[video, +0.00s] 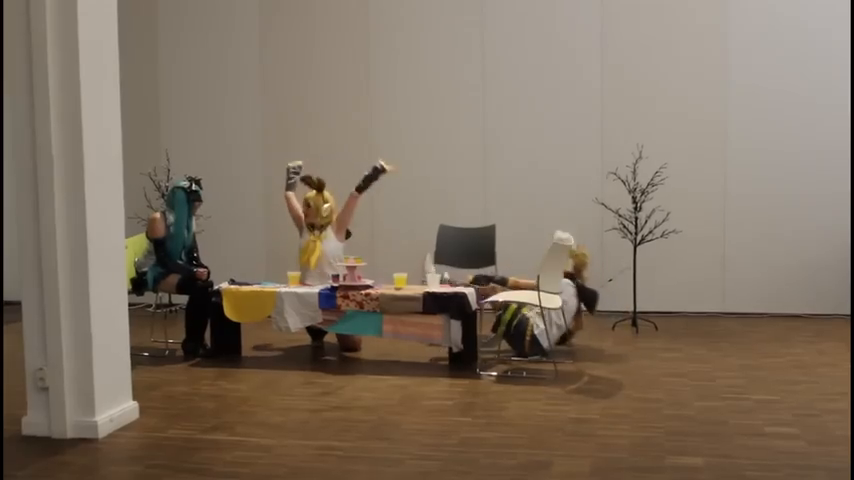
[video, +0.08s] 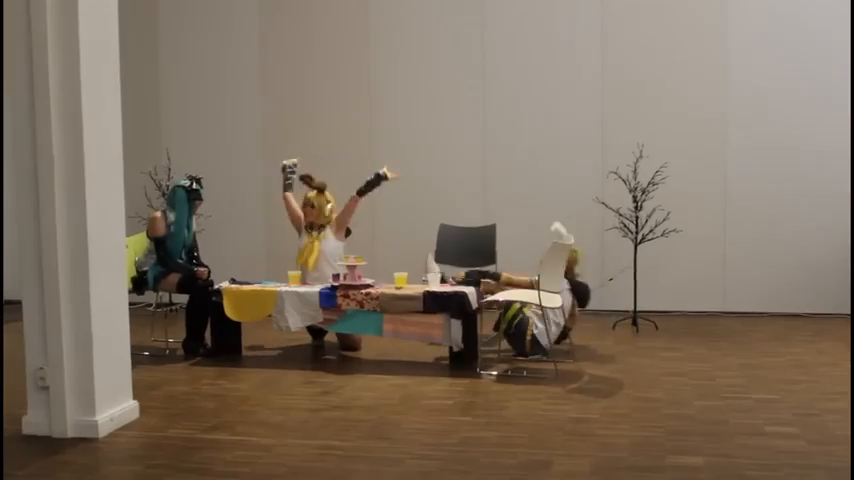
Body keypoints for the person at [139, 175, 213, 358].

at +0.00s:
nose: (196, 208)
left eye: (198, 204)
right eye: (194, 204)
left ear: (193, 204)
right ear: (182, 201)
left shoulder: (187, 222)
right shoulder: (158, 219)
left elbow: (193, 256)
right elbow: (163, 259)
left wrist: (201, 269)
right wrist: (192, 273)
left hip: (178, 270)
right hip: (157, 272)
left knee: (206, 287)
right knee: (198, 288)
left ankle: (199, 341)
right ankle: (191, 343)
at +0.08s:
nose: (196, 208)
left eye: (198, 204)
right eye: (194, 204)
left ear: (195, 203)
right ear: (182, 200)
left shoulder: (187, 222)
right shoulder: (159, 218)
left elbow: (193, 256)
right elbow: (164, 259)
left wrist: (202, 268)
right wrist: (192, 272)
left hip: (177, 268)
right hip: (156, 271)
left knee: (206, 286)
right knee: (197, 288)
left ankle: (199, 341)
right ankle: (191, 344)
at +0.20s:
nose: (196, 208)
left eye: (197, 204)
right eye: (194, 203)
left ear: (193, 203)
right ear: (181, 200)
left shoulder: (187, 222)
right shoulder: (158, 219)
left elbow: (192, 256)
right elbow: (164, 259)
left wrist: (201, 269)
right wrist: (192, 273)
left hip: (177, 269)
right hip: (156, 272)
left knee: (206, 286)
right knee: (197, 288)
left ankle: (198, 342)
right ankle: (191, 344)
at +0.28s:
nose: (196, 207)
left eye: (198, 203)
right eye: (194, 203)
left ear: (194, 204)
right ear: (181, 200)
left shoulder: (186, 223)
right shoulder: (158, 219)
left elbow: (192, 257)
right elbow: (163, 260)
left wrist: (201, 269)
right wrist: (192, 273)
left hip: (176, 270)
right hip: (155, 272)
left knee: (206, 287)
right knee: (197, 288)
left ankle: (198, 342)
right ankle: (190, 345)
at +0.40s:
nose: (195, 209)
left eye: (197, 205)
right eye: (193, 205)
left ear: (193, 204)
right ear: (181, 201)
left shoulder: (186, 222)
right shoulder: (158, 219)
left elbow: (192, 257)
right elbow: (164, 260)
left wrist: (201, 269)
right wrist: (192, 273)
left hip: (175, 269)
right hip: (155, 272)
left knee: (206, 287)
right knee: (197, 288)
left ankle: (198, 342)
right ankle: (190, 345)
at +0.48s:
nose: (195, 209)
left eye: (197, 205)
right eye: (193, 205)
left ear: (194, 204)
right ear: (181, 201)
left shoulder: (187, 222)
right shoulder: (158, 219)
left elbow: (192, 256)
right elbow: (164, 260)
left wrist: (201, 268)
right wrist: (192, 273)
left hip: (176, 269)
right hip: (155, 272)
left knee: (206, 286)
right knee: (197, 287)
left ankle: (198, 341)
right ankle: (191, 344)